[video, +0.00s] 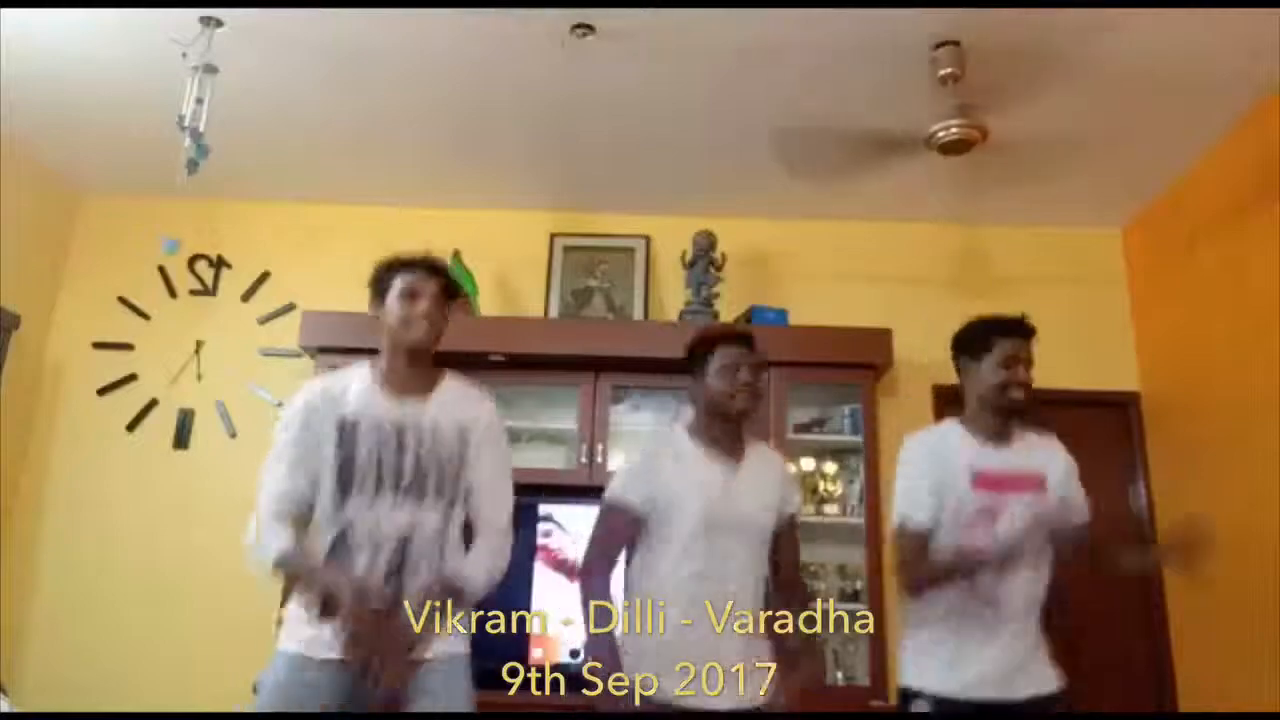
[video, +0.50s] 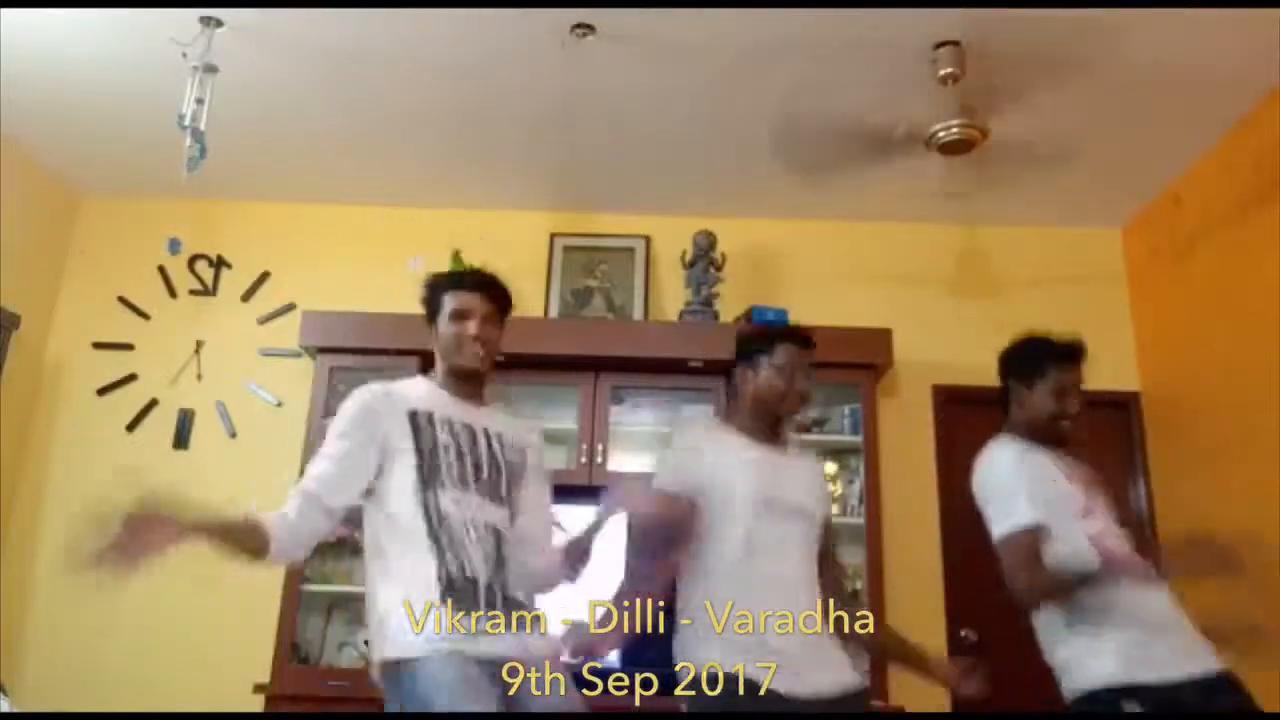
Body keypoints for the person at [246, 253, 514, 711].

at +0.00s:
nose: (425, 309)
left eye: (439, 299)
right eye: (409, 295)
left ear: (449, 317)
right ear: (378, 310)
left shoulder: (475, 413)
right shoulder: (319, 402)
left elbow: (494, 544)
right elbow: (273, 530)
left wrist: (412, 617)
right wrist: (350, 602)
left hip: (431, 654)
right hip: (320, 644)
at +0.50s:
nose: (478, 332)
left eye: (491, 321)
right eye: (462, 318)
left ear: (502, 337)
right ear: (432, 331)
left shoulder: (522, 442)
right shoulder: (380, 408)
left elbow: (529, 570)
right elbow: (298, 528)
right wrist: (192, 528)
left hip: (517, 644)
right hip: (428, 640)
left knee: (572, 703)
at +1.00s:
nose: (357, 314)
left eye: (377, 307)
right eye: (358, 305)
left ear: (418, 333)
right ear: (349, 314)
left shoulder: (437, 426)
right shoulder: (315, 421)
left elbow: (480, 561)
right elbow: (300, 536)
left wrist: (409, 608)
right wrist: (288, 630)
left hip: (400, 666)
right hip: (317, 663)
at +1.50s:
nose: (273, 331)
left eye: (292, 320)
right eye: (278, 320)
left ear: (336, 340)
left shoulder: (340, 422)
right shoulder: (283, 430)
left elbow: (339, 573)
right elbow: (248, 545)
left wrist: (364, 550)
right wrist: (178, 571)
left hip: (223, 635)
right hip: (167, 621)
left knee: (129, 709)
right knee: (73, 707)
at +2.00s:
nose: (352, 257)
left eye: (371, 248)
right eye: (344, 244)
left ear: (401, 270)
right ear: (331, 255)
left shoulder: (422, 362)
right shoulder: (278, 347)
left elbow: (445, 501)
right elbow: (239, 458)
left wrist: (379, 520)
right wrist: (190, 518)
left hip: (360, 578)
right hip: (267, 569)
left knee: (367, 703)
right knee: (206, 703)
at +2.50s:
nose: (356, 299)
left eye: (373, 287)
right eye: (349, 288)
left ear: (411, 304)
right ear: (340, 299)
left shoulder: (454, 389)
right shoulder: (295, 374)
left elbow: (575, 370)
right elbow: (154, 362)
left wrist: (481, 334)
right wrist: (104, 265)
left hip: (400, 616)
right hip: (297, 609)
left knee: (410, 710)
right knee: (226, 707)